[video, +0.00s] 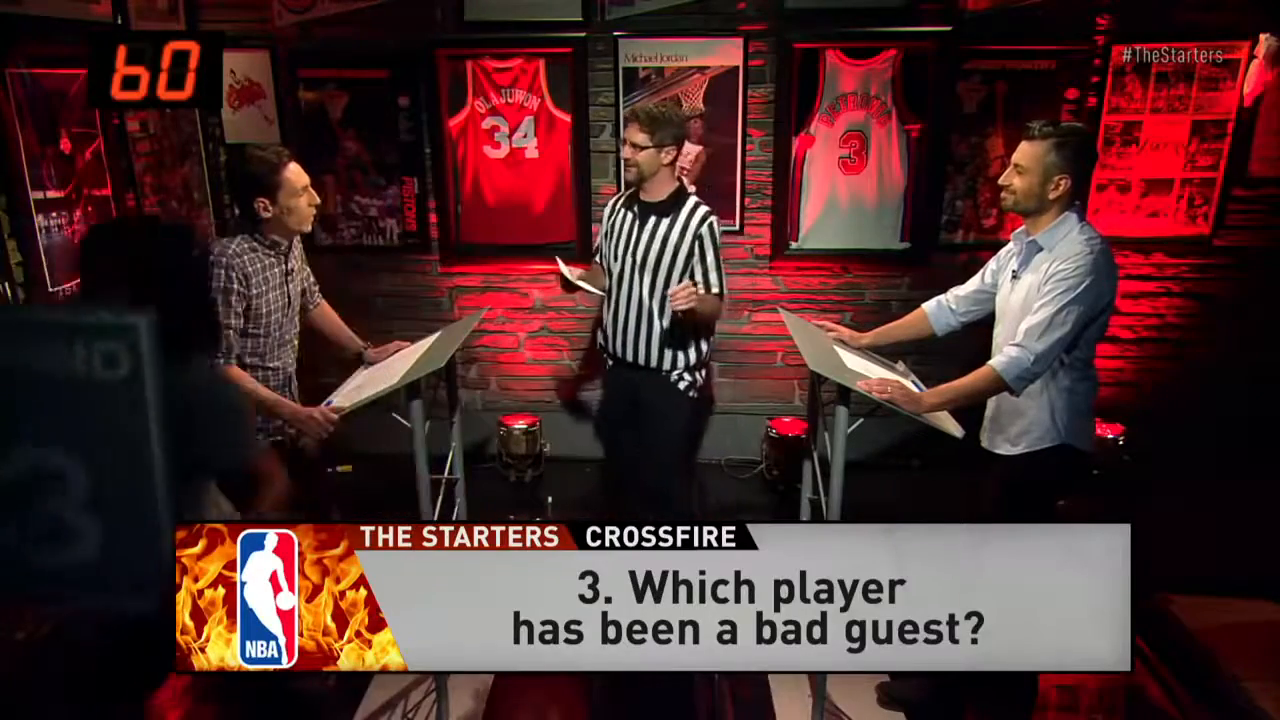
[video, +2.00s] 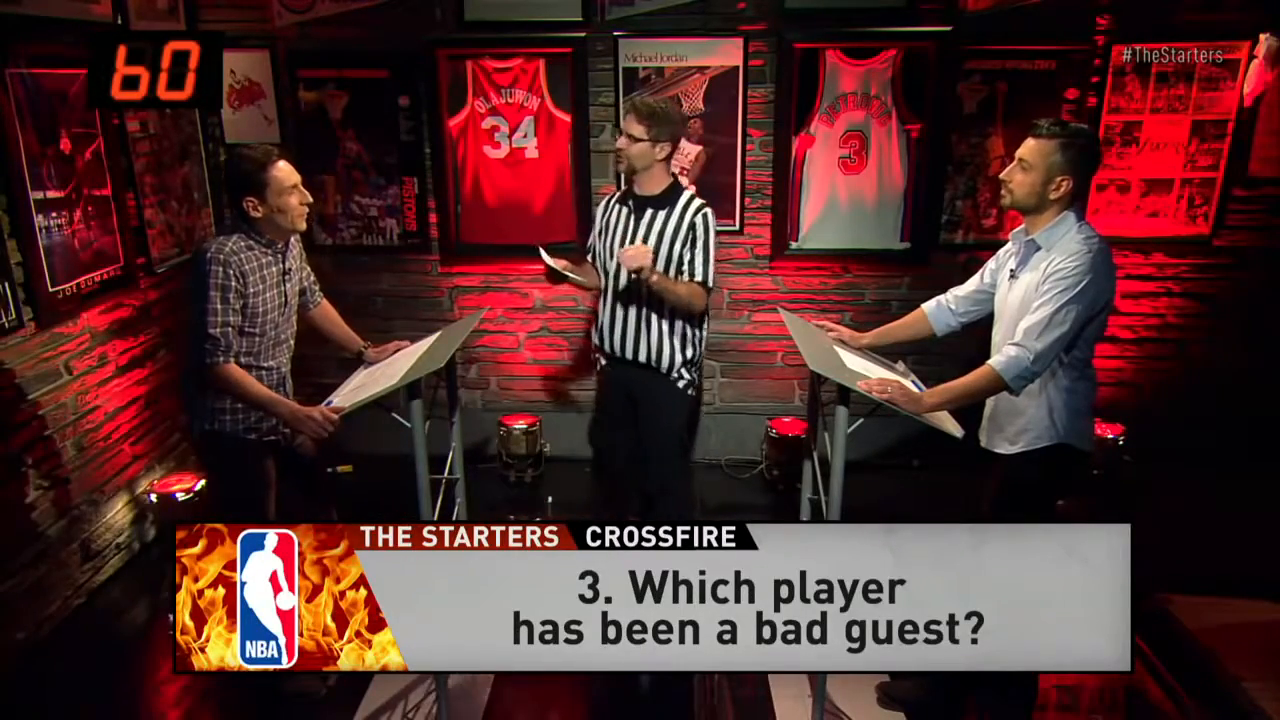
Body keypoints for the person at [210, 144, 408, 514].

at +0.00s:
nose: (316, 200)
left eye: (310, 188)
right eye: (302, 193)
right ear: (266, 208)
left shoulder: (290, 245)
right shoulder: (230, 262)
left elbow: (312, 304)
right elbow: (220, 367)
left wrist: (364, 350)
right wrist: (294, 414)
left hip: (288, 430)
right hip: (247, 437)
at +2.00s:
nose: (307, 198)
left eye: (302, 186)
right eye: (292, 190)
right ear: (255, 207)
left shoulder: (289, 244)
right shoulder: (223, 258)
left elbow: (313, 302)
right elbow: (217, 363)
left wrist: (364, 350)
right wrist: (292, 412)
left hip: (282, 422)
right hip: (235, 433)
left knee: (297, 523)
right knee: (249, 536)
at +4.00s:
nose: (306, 187)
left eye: (303, 176)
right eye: (294, 177)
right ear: (256, 186)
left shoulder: (285, 231)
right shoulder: (225, 241)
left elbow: (316, 296)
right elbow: (246, 336)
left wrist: (368, 348)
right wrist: (300, 408)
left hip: (266, 404)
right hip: (220, 411)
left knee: (272, 515)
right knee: (258, 524)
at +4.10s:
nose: (308, 187)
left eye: (305, 176)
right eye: (295, 176)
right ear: (256, 185)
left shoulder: (287, 231)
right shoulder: (226, 242)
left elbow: (317, 296)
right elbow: (245, 337)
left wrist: (368, 348)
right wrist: (300, 408)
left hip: (270, 405)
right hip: (225, 412)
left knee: (276, 515)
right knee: (260, 525)